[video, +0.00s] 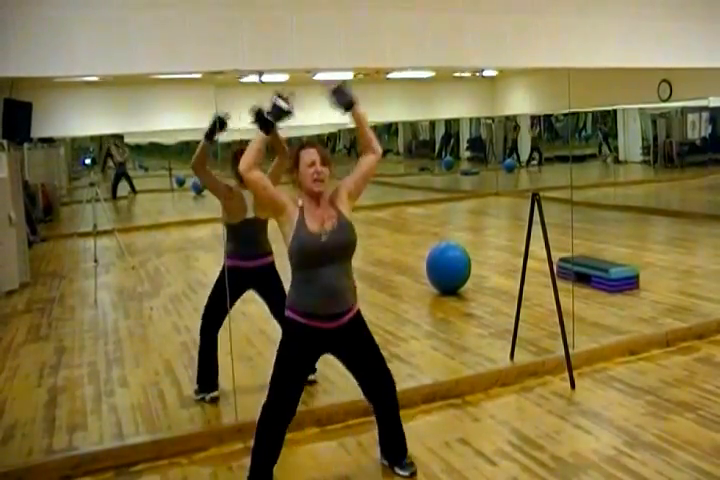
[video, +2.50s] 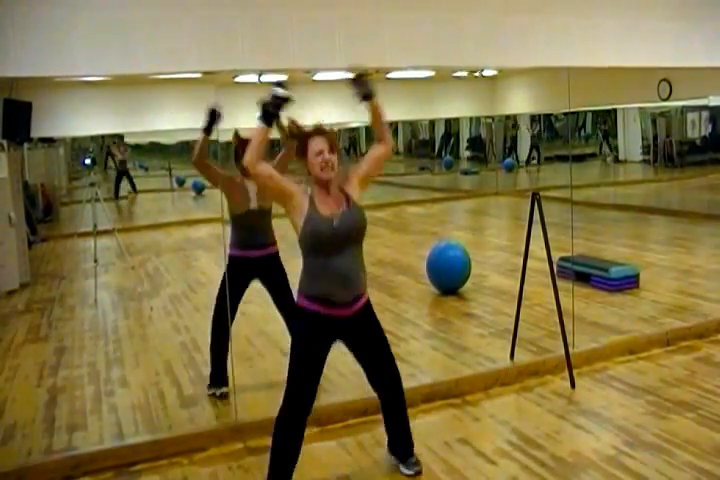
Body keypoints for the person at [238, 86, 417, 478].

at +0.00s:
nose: (317, 169)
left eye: (321, 163)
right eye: (309, 164)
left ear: (329, 170)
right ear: (297, 174)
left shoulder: (342, 199)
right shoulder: (288, 208)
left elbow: (373, 152)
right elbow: (247, 170)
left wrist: (354, 108)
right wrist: (266, 125)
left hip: (348, 323)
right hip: (303, 327)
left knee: (384, 390)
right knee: (278, 410)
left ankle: (395, 456)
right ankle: (259, 476)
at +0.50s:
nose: (315, 134)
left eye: (319, 127)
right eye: (307, 129)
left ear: (327, 133)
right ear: (293, 136)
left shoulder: (341, 176)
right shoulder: (282, 183)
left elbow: (363, 226)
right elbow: (266, 235)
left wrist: (403, 235)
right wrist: (251, 258)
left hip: (342, 286)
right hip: (300, 288)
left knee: (349, 370)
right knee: (304, 375)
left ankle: (338, 453)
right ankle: (307, 465)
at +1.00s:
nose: (315, 136)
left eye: (320, 129)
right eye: (307, 131)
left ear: (328, 136)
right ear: (294, 139)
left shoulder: (344, 168)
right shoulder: (282, 175)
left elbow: (391, 149)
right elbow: (229, 174)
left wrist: (420, 113)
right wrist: (214, 132)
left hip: (347, 287)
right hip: (303, 291)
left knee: (372, 374)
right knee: (289, 386)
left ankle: (395, 451)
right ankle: (269, 473)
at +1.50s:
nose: (313, 125)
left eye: (317, 119)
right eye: (305, 121)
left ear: (325, 123)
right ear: (292, 130)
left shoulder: (343, 162)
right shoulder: (280, 173)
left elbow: (389, 174)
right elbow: (239, 208)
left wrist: (418, 143)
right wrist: (213, 186)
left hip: (344, 276)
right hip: (302, 280)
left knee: (360, 362)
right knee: (296, 373)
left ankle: (368, 442)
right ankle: (288, 464)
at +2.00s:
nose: (317, 134)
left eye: (320, 128)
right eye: (308, 131)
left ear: (328, 133)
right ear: (295, 141)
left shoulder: (345, 176)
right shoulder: (285, 189)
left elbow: (375, 218)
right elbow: (266, 243)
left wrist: (419, 243)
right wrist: (245, 263)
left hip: (348, 288)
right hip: (306, 292)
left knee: (360, 374)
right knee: (312, 379)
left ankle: (356, 459)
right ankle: (308, 470)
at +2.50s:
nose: (326, 158)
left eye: (330, 151)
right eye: (318, 153)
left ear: (338, 157)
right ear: (306, 162)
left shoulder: (351, 188)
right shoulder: (296, 197)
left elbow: (385, 145)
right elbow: (251, 164)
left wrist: (371, 99)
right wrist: (268, 117)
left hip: (358, 311)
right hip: (314, 315)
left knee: (390, 384)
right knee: (297, 405)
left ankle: (402, 452)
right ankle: (278, 478)